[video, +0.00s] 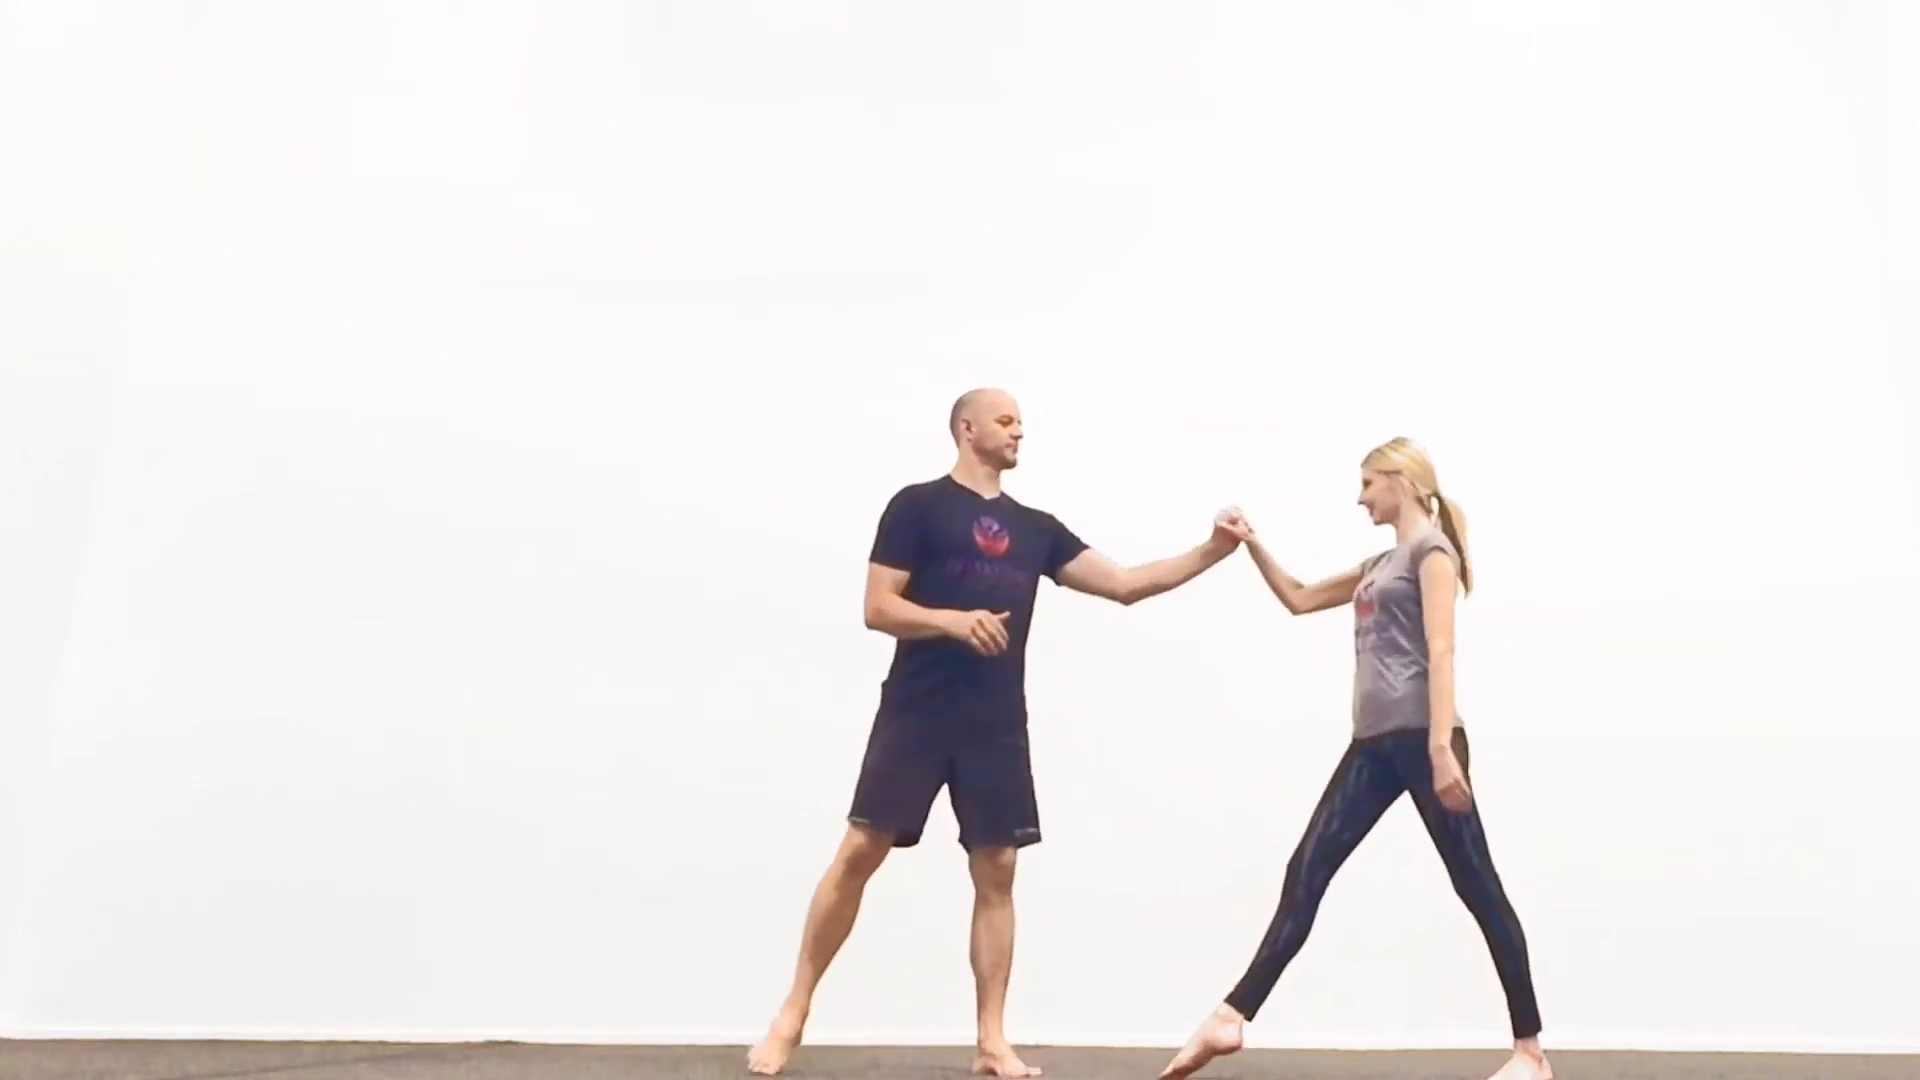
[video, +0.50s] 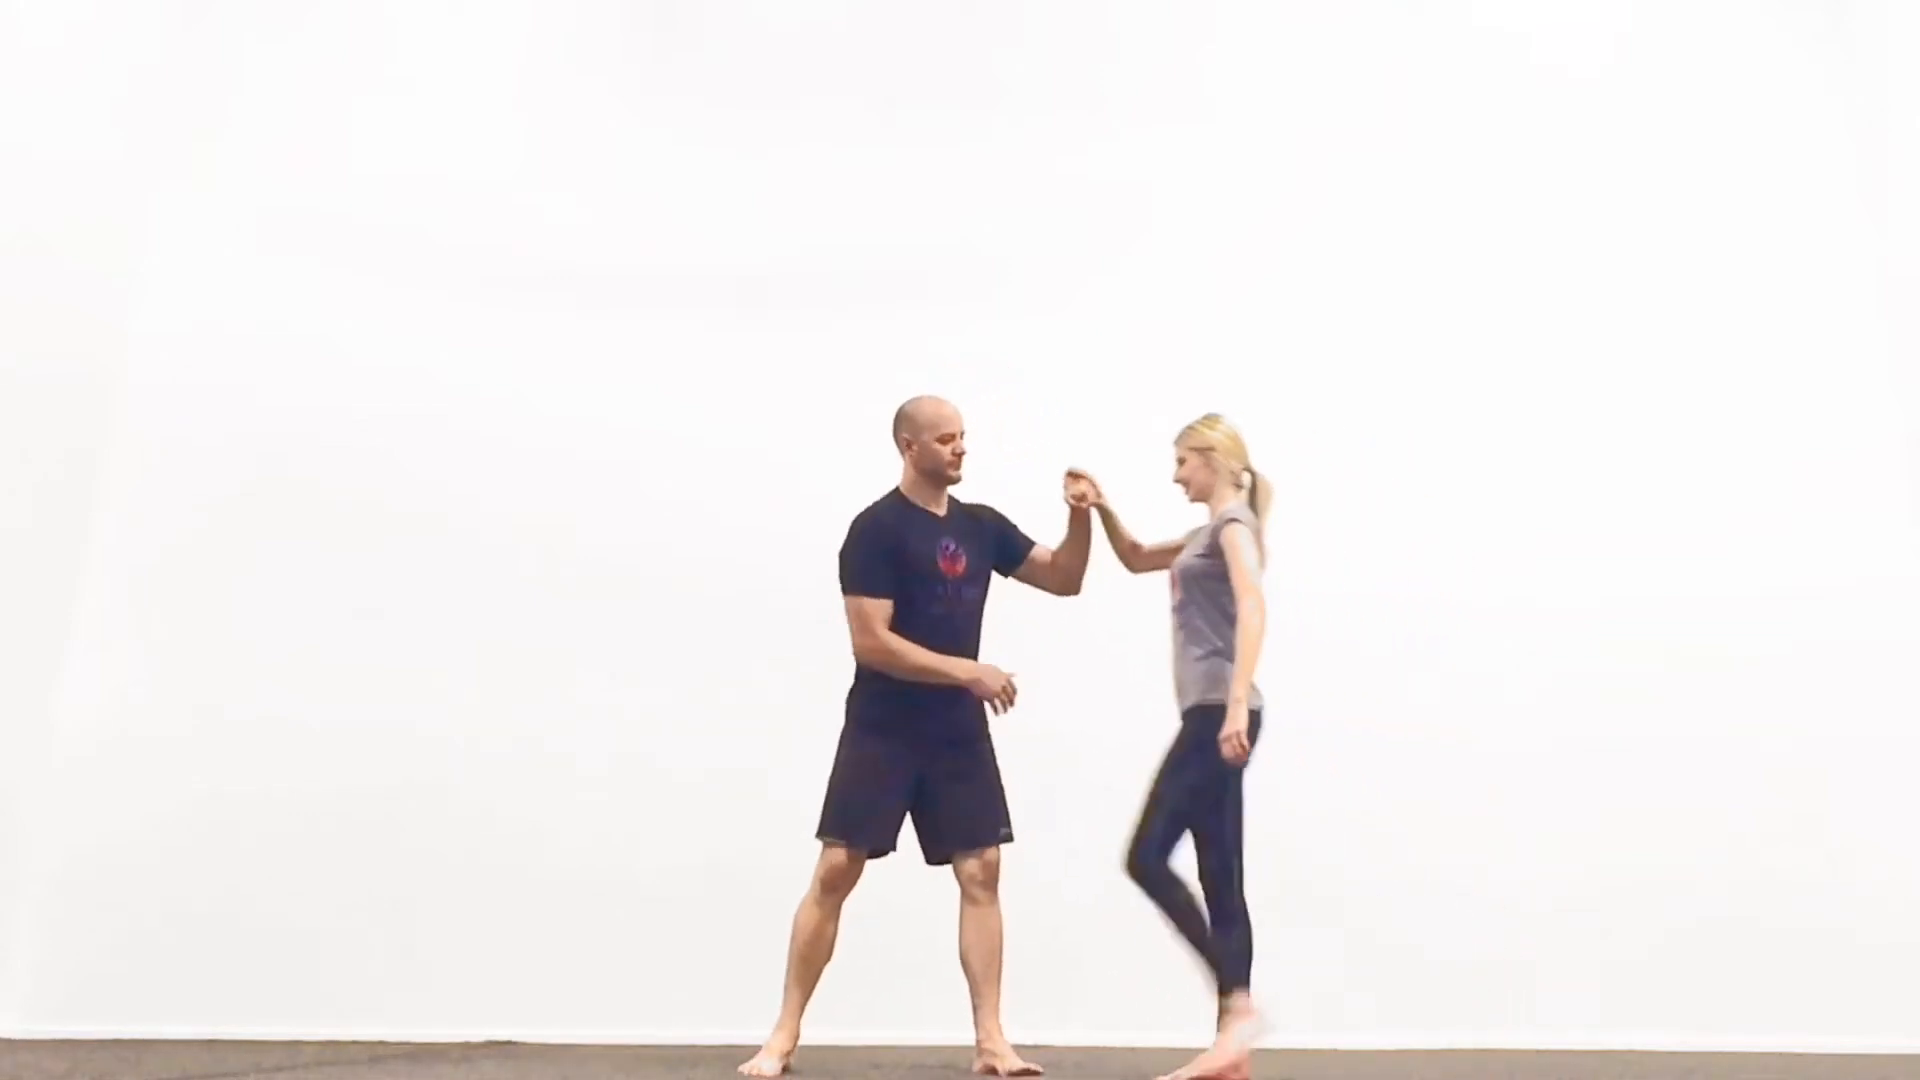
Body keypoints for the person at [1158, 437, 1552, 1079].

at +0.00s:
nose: (1362, 494)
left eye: (1370, 482)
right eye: (1363, 484)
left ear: (1405, 484)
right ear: (1399, 486)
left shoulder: (1433, 553)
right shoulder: (1381, 565)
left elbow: (1441, 651)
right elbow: (1299, 598)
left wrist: (1440, 747)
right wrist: (1250, 542)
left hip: (1424, 741)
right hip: (1373, 745)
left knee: (1480, 890)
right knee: (1305, 873)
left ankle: (1529, 1049)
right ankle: (1232, 1016)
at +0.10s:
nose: (1345, 494)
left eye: (1352, 482)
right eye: (1346, 484)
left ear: (1386, 483)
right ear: (1379, 486)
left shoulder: (1415, 554)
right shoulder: (1367, 563)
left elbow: (1416, 648)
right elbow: (1288, 604)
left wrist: (1401, 742)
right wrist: (1235, 551)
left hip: (1411, 734)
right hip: (1361, 741)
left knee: (1469, 885)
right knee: (1294, 871)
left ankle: (1528, 1046)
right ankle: (1226, 1021)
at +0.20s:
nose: (1313, 490)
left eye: (1320, 478)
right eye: (1313, 480)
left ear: (1351, 479)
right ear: (1348, 481)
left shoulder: (1379, 545)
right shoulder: (1336, 556)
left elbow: (1377, 644)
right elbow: (1256, 600)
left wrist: (1354, 736)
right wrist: (1204, 549)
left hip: (1373, 730)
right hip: (1325, 737)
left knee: (1433, 880)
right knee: (1277, 878)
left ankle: (1517, 1033)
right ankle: (1232, 1041)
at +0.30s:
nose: (1268, 481)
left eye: (1275, 469)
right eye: (1269, 471)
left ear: (1308, 472)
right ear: (1307, 475)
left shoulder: (1327, 538)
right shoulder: (1291, 547)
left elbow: (1330, 632)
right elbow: (1209, 587)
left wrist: (1308, 725)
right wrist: (1164, 539)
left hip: (1314, 725)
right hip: (1288, 728)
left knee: (1359, 885)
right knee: (1256, 882)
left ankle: (1477, 1005)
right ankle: (1234, 1045)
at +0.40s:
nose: (1222, 474)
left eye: (1229, 463)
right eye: (1223, 464)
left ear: (1259, 466)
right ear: (1257, 467)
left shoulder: (1278, 530)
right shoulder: (1249, 538)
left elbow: (1289, 618)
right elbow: (1170, 571)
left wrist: (1270, 712)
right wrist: (1129, 524)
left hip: (1265, 719)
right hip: (1239, 722)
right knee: (1234, 881)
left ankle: (1383, 979)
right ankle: (1233, 1042)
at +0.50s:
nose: (1175, 471)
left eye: (1182, 459)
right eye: (1176, 461)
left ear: (1213, 463)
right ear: (1215, 464)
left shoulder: (1231, 527)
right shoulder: (1211, 531)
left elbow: (1252, 612)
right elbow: (1136, 557)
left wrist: (1239, 702)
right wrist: (1101, 506)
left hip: (1218, 714)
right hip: (1214, 713)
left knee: (1146, 858)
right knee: (1220, 875)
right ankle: (1233, 1039)